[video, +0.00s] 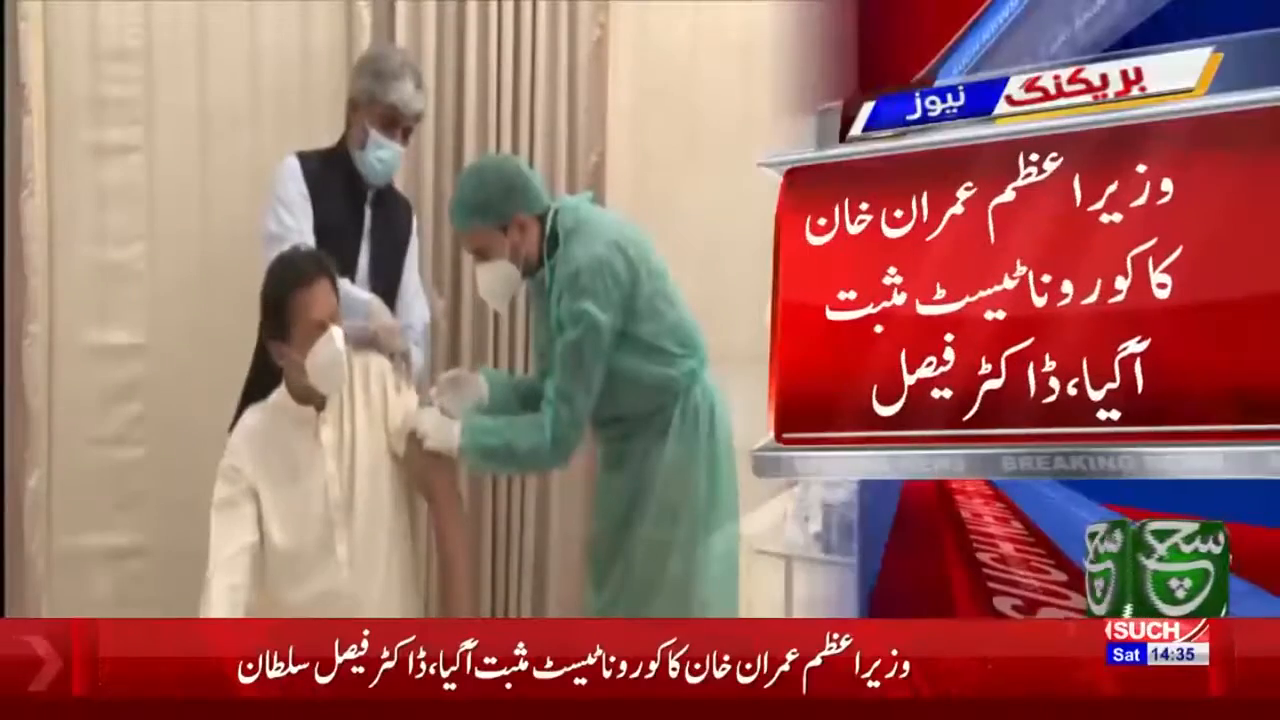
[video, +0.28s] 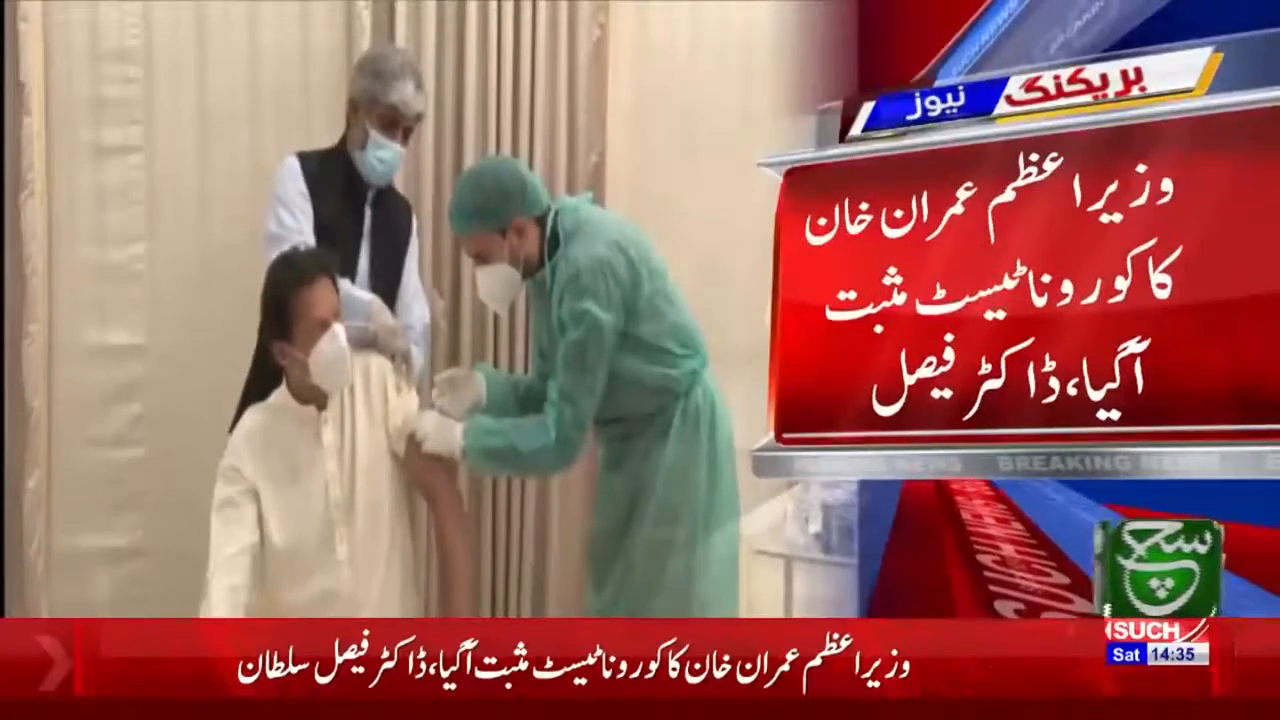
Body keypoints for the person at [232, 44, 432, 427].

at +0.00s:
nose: (395, 144)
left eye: (407, 133)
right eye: (386, 127)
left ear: (415, 133)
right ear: (354, 114)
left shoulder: (401, 213)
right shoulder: (300, 172)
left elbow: (413, 311)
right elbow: (291, 269)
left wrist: (406, 387)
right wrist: (371, 312)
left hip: (367, 383)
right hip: (295, 372)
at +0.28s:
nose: (396, 144)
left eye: (407, 133)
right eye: (387, 127)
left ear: (416, 131)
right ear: (354, 113)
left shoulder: (401, 214)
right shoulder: (301, 173)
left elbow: (413, 312)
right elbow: (293, 270)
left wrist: (407, 394)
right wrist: (371, 313)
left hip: (370, 382)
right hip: (296, 373)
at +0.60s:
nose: (398, 146)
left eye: (409, 134)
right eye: (389, 128)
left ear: (417, 132)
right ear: (356, 114)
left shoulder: (401, 214)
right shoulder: (301, 172)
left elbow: (413, 311)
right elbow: (293, 271)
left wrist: (407, 396)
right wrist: (371, 311)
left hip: (370, 383)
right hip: (296, 374)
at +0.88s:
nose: (399, 146)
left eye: (410, 135)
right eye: (390, 129)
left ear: (419, 133)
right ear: (356, 115)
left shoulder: (402, 214)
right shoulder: (301, 172)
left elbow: (414, 314)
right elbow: (293, 269)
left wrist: (405, 396)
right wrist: (371, 310)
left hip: (370, 384)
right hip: (295, 375)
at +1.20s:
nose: (399, 147)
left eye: (410, 136)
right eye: (390, 130)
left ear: (419, 133)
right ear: (358, 115)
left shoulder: (402, 214)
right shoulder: (302, 172)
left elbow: (413, 312)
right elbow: (293, 270)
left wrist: (407, 389)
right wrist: (371, 311)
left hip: (370, 385)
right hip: (296, 375)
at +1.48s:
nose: (401, 148)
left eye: (412, 137)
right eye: (392, 131)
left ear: (421, 135)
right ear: (360, 115)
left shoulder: (403, 215)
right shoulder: (303, 172)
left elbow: (414, 315)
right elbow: (293, 269)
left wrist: (403, 386)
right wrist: (370, 309)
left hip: (370, 387)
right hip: (295, 376)